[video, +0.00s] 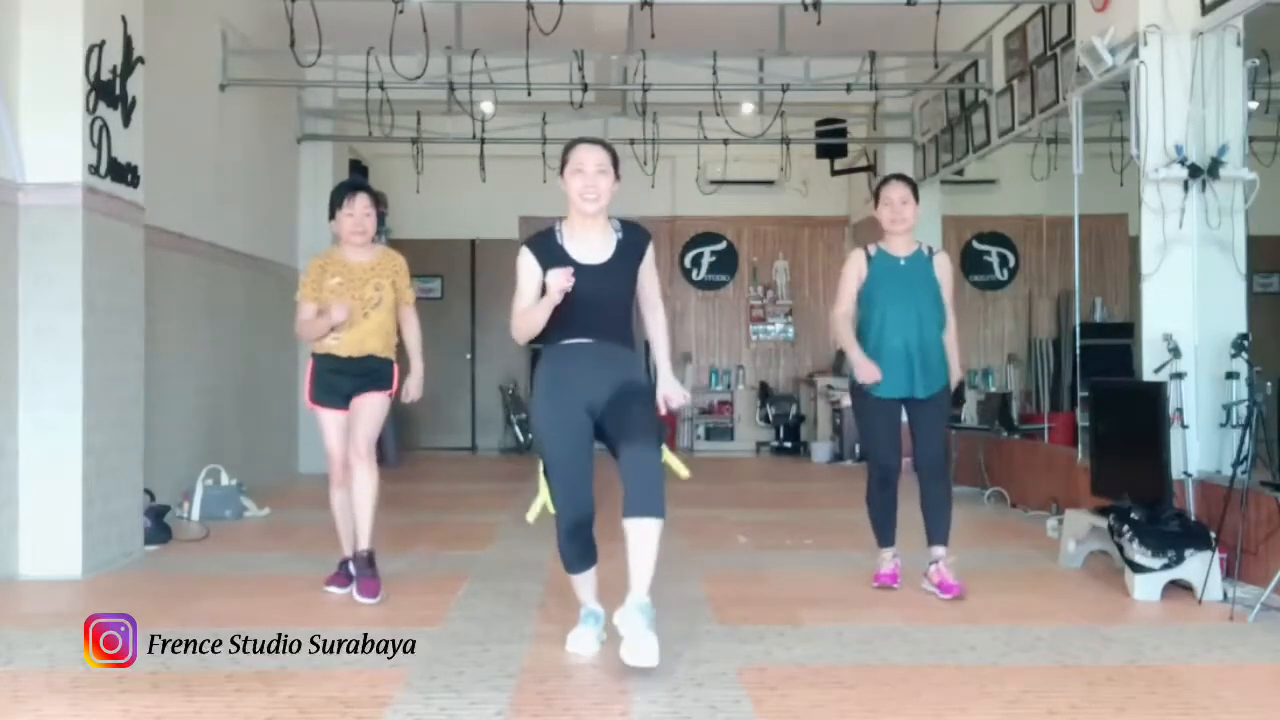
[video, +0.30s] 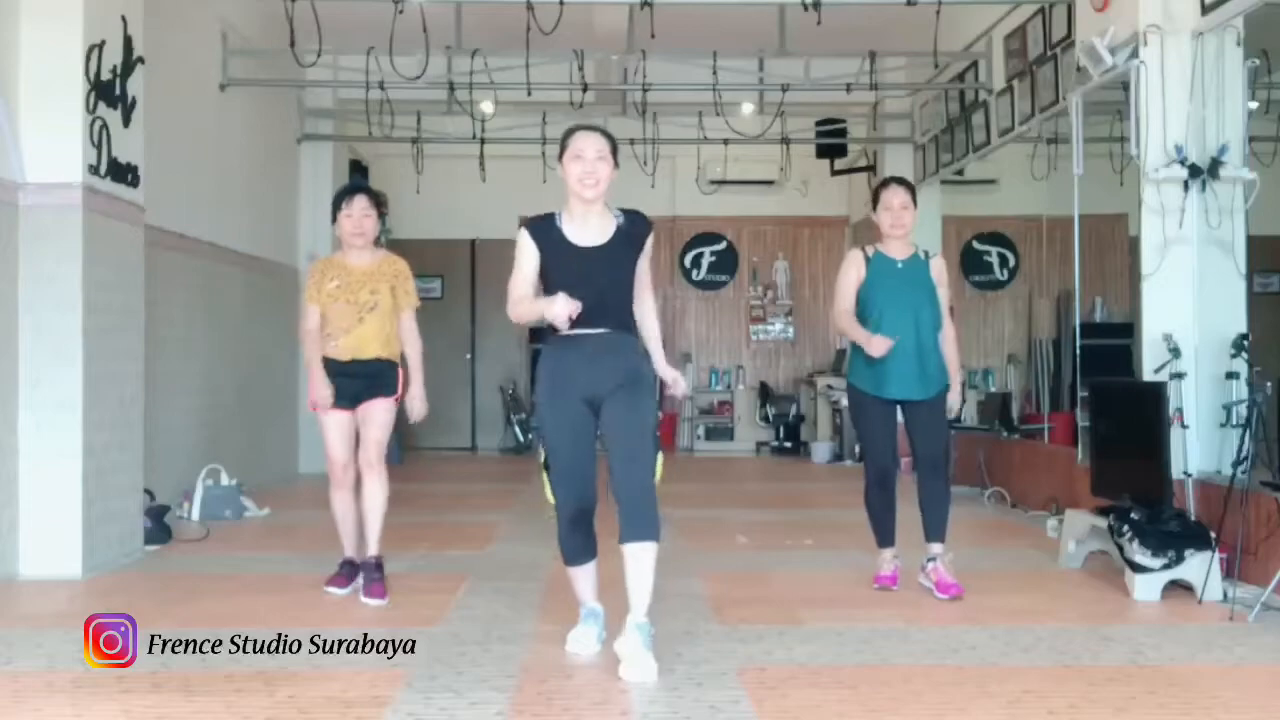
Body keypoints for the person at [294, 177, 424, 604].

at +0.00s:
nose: (359, 222)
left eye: (367, 215)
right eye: (350, 214)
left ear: (377, 220)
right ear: (334, 220)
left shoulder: (393, 263)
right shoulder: (319, 267)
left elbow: (408, 317)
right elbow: (304, 331)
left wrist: (416, 368)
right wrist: (330, 321)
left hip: (377, 367)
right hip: (329, 367)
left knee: (362, 452)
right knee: (339, 464)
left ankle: (365, 555)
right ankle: (347, 558)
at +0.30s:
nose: (357, 222)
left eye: (366, 214)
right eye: (349, 214)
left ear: (379, 221)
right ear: (336, 222)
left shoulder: (395, 268)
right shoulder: (322, 271)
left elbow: (409, 331)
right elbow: (310, 328)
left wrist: (417, 386)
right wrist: (317, 377)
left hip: (381, 372)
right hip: (334, 372)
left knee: (372, 462)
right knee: (340, 467)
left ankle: (372, 561)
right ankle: (350, 559)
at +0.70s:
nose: (366, 220)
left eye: (376, 213)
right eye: (358, 213)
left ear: (388, 223)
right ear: (347, 221)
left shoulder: (405, 264)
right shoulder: (337, 271)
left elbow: (410, 324)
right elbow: (327, 328)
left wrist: (359, 308)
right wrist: (308, 382)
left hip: (396, 373)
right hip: (347, 374)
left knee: (407, 466)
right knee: (345, 469)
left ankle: (428, 547)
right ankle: (350, 560)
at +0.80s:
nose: (366, 218)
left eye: (375, 211)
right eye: (358, 210)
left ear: (388, 221)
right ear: (345, 219)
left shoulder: (401, 262)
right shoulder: (334, 268)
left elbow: (410, 323)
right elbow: (327, 324)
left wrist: (360, 300)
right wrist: (317, 371)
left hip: (394, 371)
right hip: (346, 371)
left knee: (403, 466)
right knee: (345, 469)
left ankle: (426, 546)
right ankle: (350, 560)